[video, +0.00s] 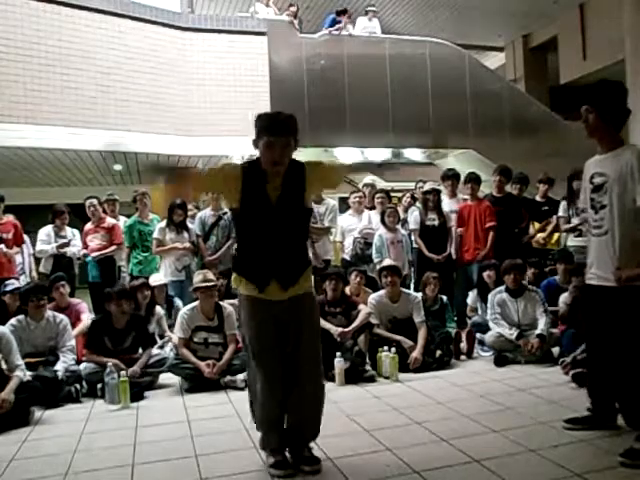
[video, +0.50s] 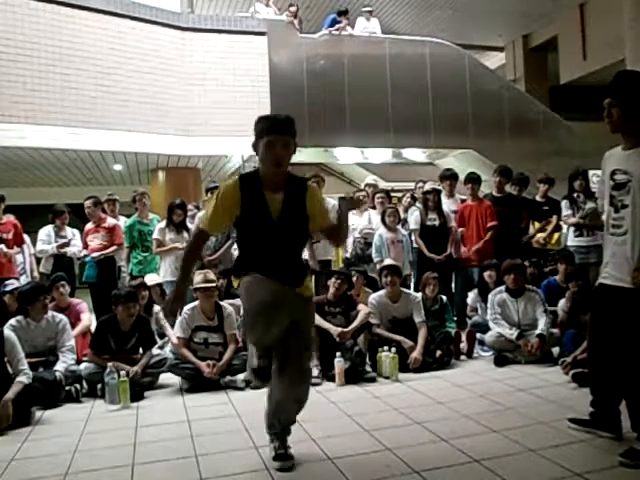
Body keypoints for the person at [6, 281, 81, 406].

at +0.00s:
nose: (40, 303)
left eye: (42, 299)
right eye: (34, 300)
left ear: (47, 301)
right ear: (25, 305)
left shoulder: (60, 321)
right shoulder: (15, 325)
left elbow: (68, 352)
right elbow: (10, 357)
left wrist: (58, 372)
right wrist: (24, 374)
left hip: (53, 367)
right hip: (27, 369)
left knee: (75, 374)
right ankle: (66, 394)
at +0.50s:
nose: (46, 303)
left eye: (46, 298)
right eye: (40, 300)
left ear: (49, 299)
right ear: (28, 305)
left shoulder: (59, 321)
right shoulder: (14, 326)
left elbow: (68, 352)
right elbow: (11, 357)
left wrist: (59, 370)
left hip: (54, 366)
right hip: (28, 369)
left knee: (75, 373)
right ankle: (66, 394)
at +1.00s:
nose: (53, 302)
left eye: (53, 298)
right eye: (48, 299)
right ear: (35, 305)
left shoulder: (64, 323)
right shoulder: (18, 329)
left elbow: (71, 353)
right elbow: (15, 359)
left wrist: (63, 372)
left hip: (58, 368)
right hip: (32, 371)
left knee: (79, 375)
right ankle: (69, 397)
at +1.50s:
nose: (48, 302)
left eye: (50, 298)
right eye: (42, 299)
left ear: (54, 301)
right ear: (31, 304)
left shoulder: (64, 323)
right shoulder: (19, 328)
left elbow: (72, 353)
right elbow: (13, 357)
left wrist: (63, 373)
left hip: (58, 369)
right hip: (33, 372)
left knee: (79, 375)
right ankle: (69, 397)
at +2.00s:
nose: (46, 304)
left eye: (48, 300)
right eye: (41, 301)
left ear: (53, 302)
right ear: (31, 305)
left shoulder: (64, 323)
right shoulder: (18, 328)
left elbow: (72, 353)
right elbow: (15, 359)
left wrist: (63, 373)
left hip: (59, 368)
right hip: (33, 372)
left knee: (79, 375)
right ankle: (69, 397)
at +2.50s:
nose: (45, 305)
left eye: (47, 301)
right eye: (39, 302)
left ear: (53, 303)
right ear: (31, 306)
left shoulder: (64, 323)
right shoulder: (19, 328)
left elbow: (72, 353)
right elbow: (14, 358)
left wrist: (63, 373)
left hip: (59, 369)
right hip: (33, 372)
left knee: (79, 376)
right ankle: (69, 396)